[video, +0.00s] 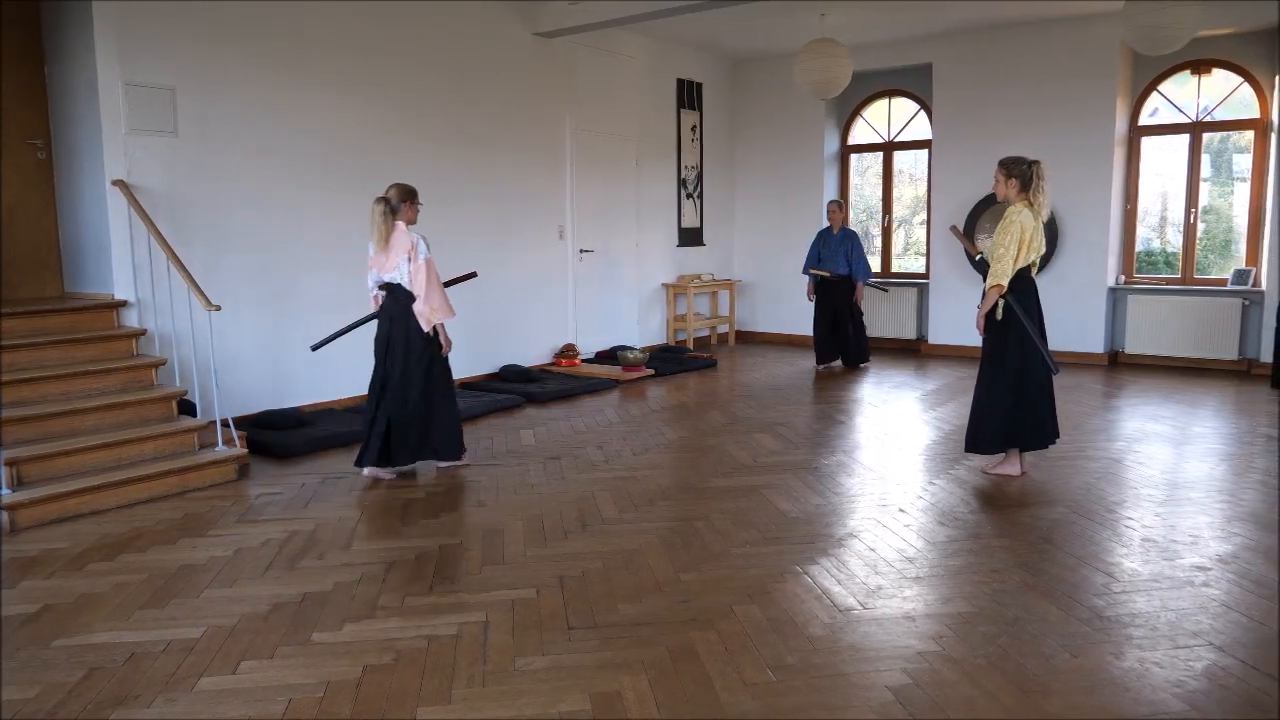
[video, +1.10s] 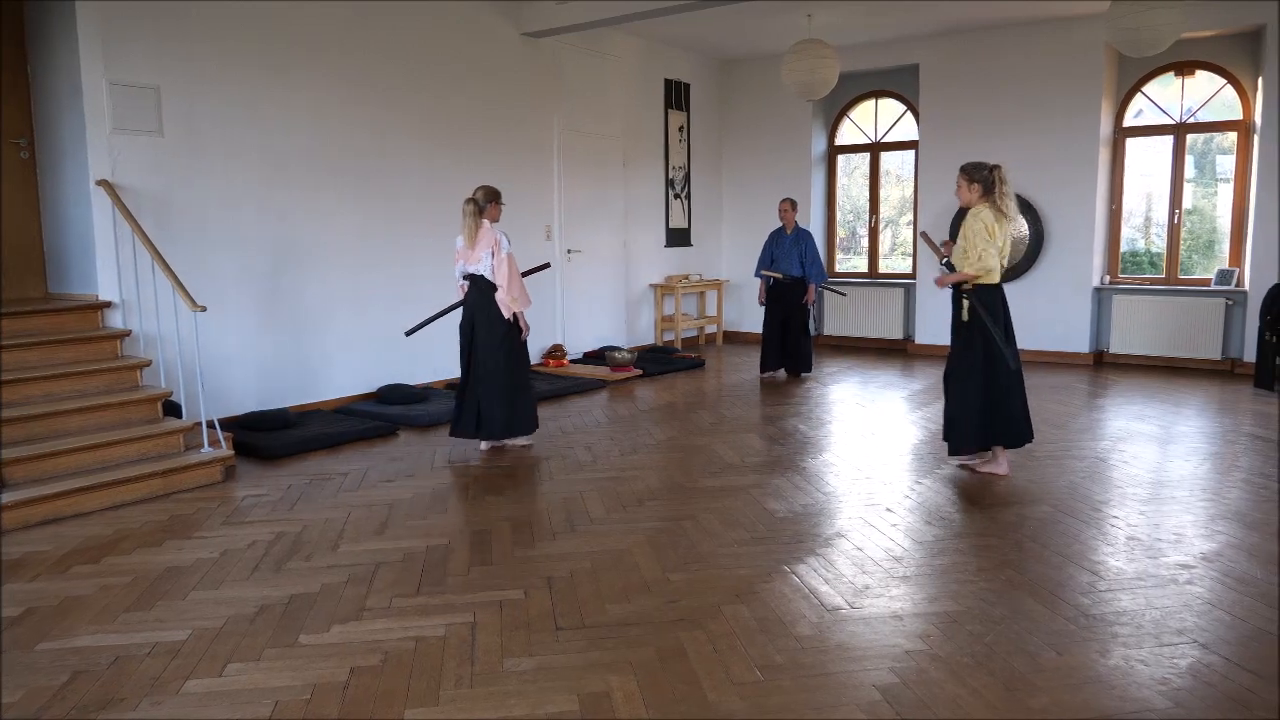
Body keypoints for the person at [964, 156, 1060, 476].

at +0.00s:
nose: (994, 186)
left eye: (997, 181)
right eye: (995, 180)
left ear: (1013, 184)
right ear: (1020, 184)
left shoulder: (1014, 217)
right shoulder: (1032, 215)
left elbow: (1002, 269)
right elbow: (1009, 259)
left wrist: (983, 309)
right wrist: (976, 251)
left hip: (1010, 301)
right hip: (1025, 298)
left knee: (1009, 375)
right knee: (1017, 374)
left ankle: (1012, 458)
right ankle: (1014, 455)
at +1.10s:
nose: (956, 192)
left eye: (959, 187)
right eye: (957, 186)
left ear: (975, 188)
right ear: (980, 189)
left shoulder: (976, 218)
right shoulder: (995, 215)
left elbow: (983, 265)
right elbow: (996, 257)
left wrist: (950, 277)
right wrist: (956, 250)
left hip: (978, 304)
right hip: (991, 301)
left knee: (988, 376)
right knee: (984, 375)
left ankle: (999, 458)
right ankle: (984, 449)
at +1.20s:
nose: (945, 195)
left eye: (948, 190)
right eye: (945, 189)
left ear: (963, 191)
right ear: (969, 191)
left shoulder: (965, 220)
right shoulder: (984, 217)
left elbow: (971, 265)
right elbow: (981, 258)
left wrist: (942, 266)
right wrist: (940, 252)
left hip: (966, 303)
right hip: (981, 300)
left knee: (950, 373)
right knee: (985, 375)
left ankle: (997, 459)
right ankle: (949, 443)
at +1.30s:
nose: (930, 200)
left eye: (933, 194)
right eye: (931, 194)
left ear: (949, 196)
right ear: (954, 196)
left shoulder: (951, 226)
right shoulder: (970, 222)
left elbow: (951, 272)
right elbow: (974, 263)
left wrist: (926, 270)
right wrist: (934, 261)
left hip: (955, 306)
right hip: (969, 302)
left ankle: (996, 459)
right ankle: (930, 445)